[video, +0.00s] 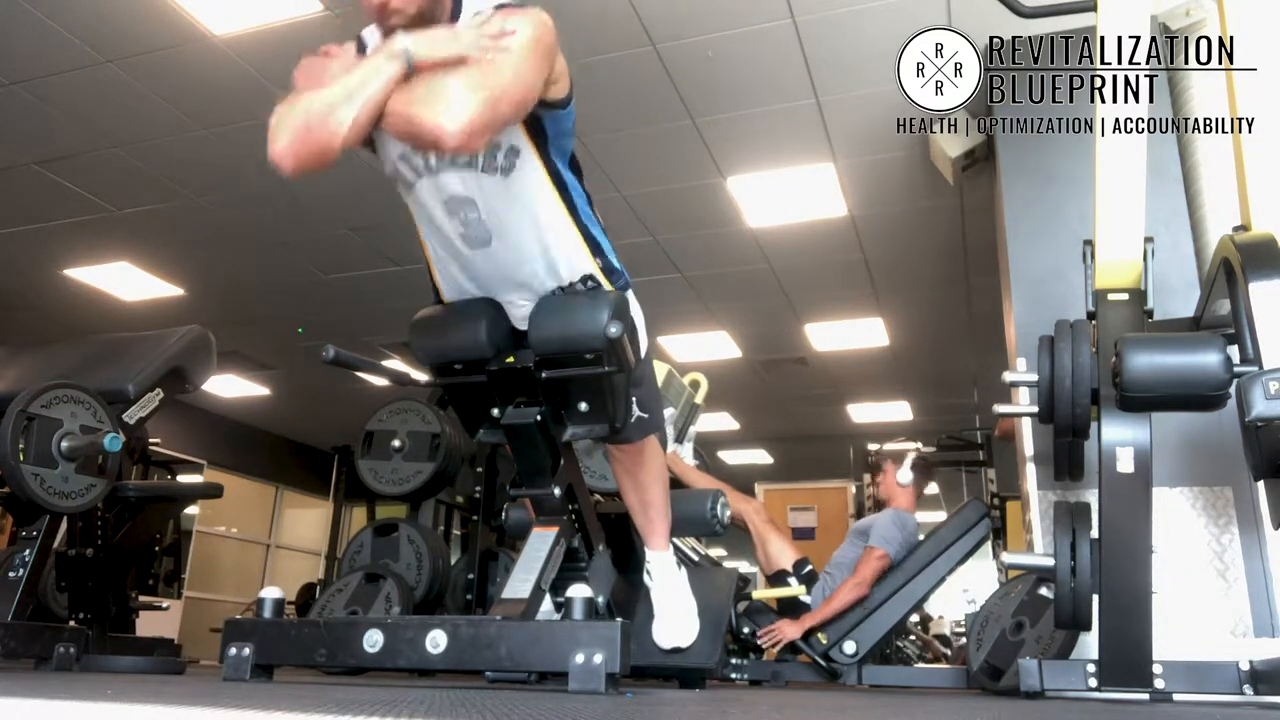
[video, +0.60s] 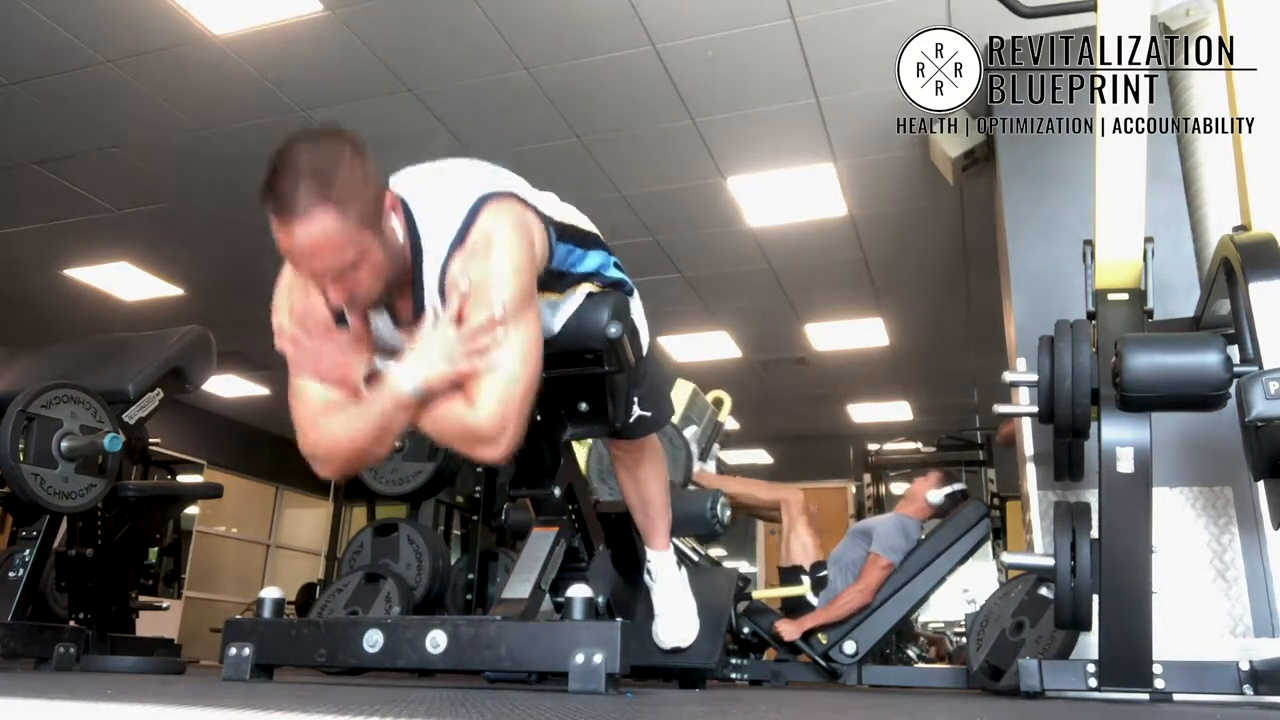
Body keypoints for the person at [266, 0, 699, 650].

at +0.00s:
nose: (376, 3)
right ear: (362, 8)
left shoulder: (520, 27)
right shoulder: (349, 58)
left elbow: (456, 122)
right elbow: (288, 150)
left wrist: (344, 81)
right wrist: (402, 51)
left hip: (578, 295)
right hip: (478, 312)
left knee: (629, 427)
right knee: (521, 445)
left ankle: (659, 559)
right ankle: (550, 535)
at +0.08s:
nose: (364, 12)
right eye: (353, 2)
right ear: (344, 10)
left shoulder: (513, 41)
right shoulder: (349, 70)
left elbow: (454, 155)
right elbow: (285, 184)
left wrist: (337, 111)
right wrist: (394, 82)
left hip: (575, 291)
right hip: (475, 307)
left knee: (628, 422)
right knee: (519, 443)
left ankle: (660, 563)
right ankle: (553, 541)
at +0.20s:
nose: (345, 72)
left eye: (361, 44)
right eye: (327, 53)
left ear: (411, 18)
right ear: (315, 46)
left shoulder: (497, 83)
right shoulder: (318, 125)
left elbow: (453, 231)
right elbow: (284, 264)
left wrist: (332, 178)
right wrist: (386, 154)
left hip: (572, 292)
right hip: (469, 310)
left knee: (626, 414)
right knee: (507, 440)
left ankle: (660, 565)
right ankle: (553, 537)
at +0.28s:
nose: (337, 105)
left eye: (353, 77)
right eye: (319, 86)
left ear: (401, 43)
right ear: (303, 73)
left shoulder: (492, 107)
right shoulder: (304, 156)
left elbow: (456, 272)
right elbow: (287, 302)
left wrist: (340, 214)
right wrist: (383, 200)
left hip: (573, 295)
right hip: (471, 316)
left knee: (627, 415)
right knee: (510, 441)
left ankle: (661, 564)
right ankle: (555, 536)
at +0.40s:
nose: (328, 181)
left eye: (342, 155)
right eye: (308, 164)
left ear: (391, 108)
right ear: (289, 142)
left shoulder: (490, 160)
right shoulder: (300, 206)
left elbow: (467, 348)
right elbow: (300, 374)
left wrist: (346, 280)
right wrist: (388, 277)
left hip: (577, 308)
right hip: (474, 329)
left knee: (628, 420)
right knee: (519, 443)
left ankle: (661, 562)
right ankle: (549, 526)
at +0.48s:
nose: (324, 218)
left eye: (339, 195)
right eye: (305, 201)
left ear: (389, 144)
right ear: (287, 177)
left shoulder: (490, 185)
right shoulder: (300, 234)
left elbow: (477, 380)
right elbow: (311, 405)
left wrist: (354, 319)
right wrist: (396, 311)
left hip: (577, 307)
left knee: (628, 419)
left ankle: (661, 560)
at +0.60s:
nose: (332, 296)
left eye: (346, 272)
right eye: (314, 280)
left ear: (390, 217)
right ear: (292, 254)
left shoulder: (492, 238)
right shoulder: (302, 286)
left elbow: (492, 434)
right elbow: (325, 454)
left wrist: (367, 379)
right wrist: (409, 380)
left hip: (575, 293)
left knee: (631, 424)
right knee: (531, 462)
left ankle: (662, 562)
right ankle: (551, 533)